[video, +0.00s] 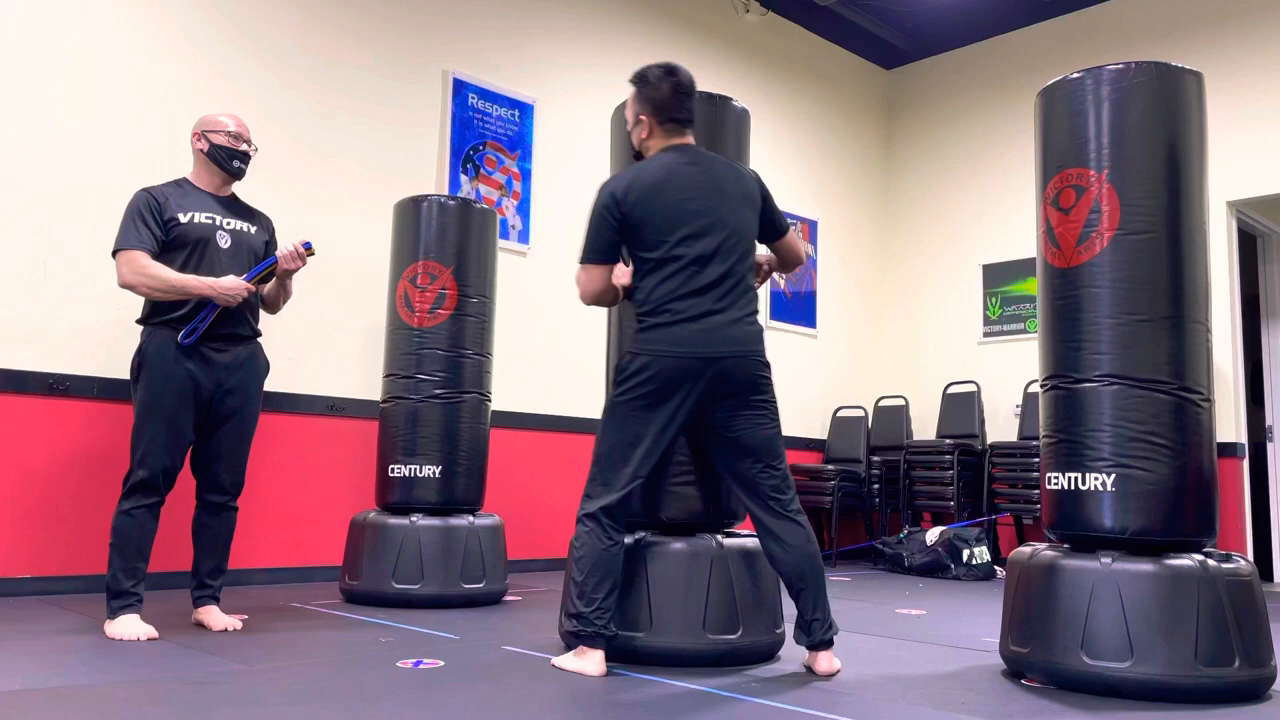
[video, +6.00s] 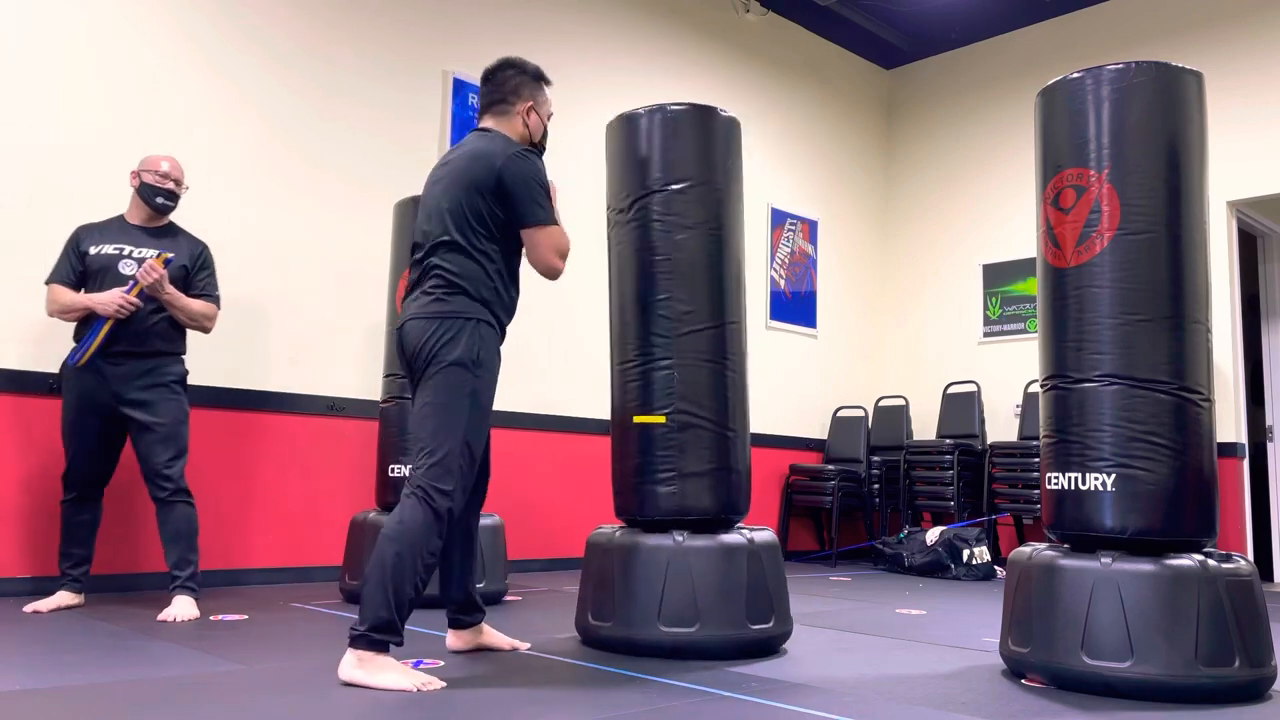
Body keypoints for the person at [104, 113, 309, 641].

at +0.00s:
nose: (245, 148)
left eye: (249, 142)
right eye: (233, 136)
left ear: (249, 154)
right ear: (199, 141)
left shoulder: (258, 224)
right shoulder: (156, 200)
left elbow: (273, 303)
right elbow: (131, 272)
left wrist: (285, 275)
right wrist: (209, 286)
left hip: (239, 363)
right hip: (171, 357)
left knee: (222, 489)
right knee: (149, 481)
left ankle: (207, 601)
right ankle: (123, 609)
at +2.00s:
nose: (264, 154)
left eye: (272, 151)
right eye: (254, 145)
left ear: (278, 169)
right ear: (227, 154)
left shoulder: (284, 236)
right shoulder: (179, 207)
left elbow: (290, 315)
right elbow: (134, 273)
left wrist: (301, 296)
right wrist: (189, 300)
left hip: (249, 372)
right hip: (181, 362)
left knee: (229, 491)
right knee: (157, 478)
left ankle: (208, 601)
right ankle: (125, 603)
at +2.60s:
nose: (182, 170)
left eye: (193, 162)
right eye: (175, 161)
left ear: (220, 167)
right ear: (167, 163)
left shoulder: (249, 232)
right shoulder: (140, 224)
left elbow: (266, 309)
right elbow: (102, 290)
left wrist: (244, 297)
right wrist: (126, 311)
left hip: (219, 372)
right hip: (150, 369)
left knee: (215, 487)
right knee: (134, 484)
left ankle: (207, 602)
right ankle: (125, 596)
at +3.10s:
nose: (146, 165)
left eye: (153, 157)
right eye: (135, 157)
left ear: (164, 163)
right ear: (112, 163)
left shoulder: (193, 222)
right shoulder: (84, 231)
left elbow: (224, 288)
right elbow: (54, 298)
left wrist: (171, 290)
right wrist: (89, 309)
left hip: (176, 369)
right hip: (111, 372)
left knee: (188, 477)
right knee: (119, 484)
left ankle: (201, 593)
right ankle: (124, 594)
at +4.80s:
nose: (226, 177)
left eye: (233, 173)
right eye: (216, 168)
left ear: (239, 185)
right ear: (190, 171)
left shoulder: (252, 240)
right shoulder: (145, 229)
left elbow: (272, 309)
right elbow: (115, 296)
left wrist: (220, 295)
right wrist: (159, 298)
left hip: (216, 375)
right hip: (150, 371)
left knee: (205, 485)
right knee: (137, 481)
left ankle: (189, 594)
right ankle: (126, 594)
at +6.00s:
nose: (168, 185)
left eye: (176, 182)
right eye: (159, 176)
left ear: (182, 194)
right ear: (133, 180)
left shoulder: (193, 250)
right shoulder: (88, 237)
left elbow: (207, 320)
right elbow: (56, 301)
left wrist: (166, 291)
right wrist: (93, 301)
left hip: (158, 382)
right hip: (91, 379)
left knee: (169, 483)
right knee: (80, 484)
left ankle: (184, 592)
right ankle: (71, 587)